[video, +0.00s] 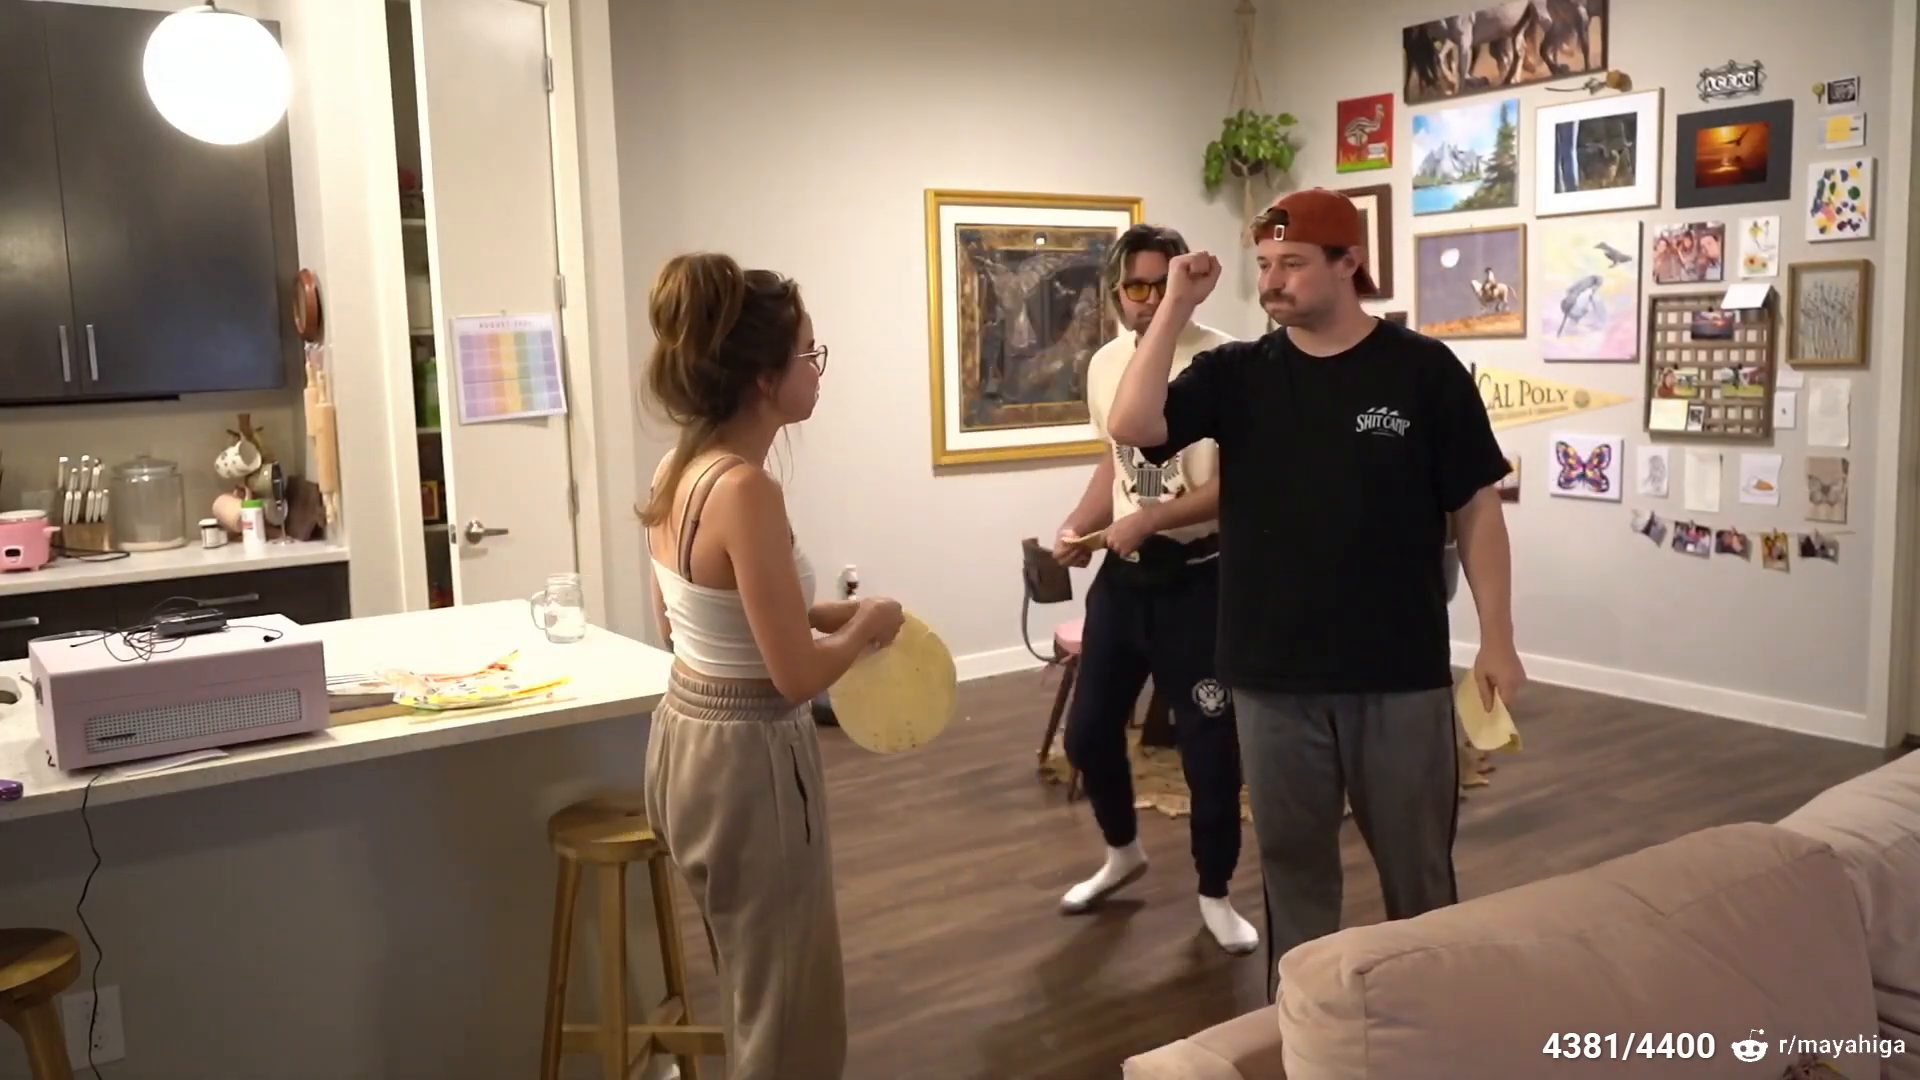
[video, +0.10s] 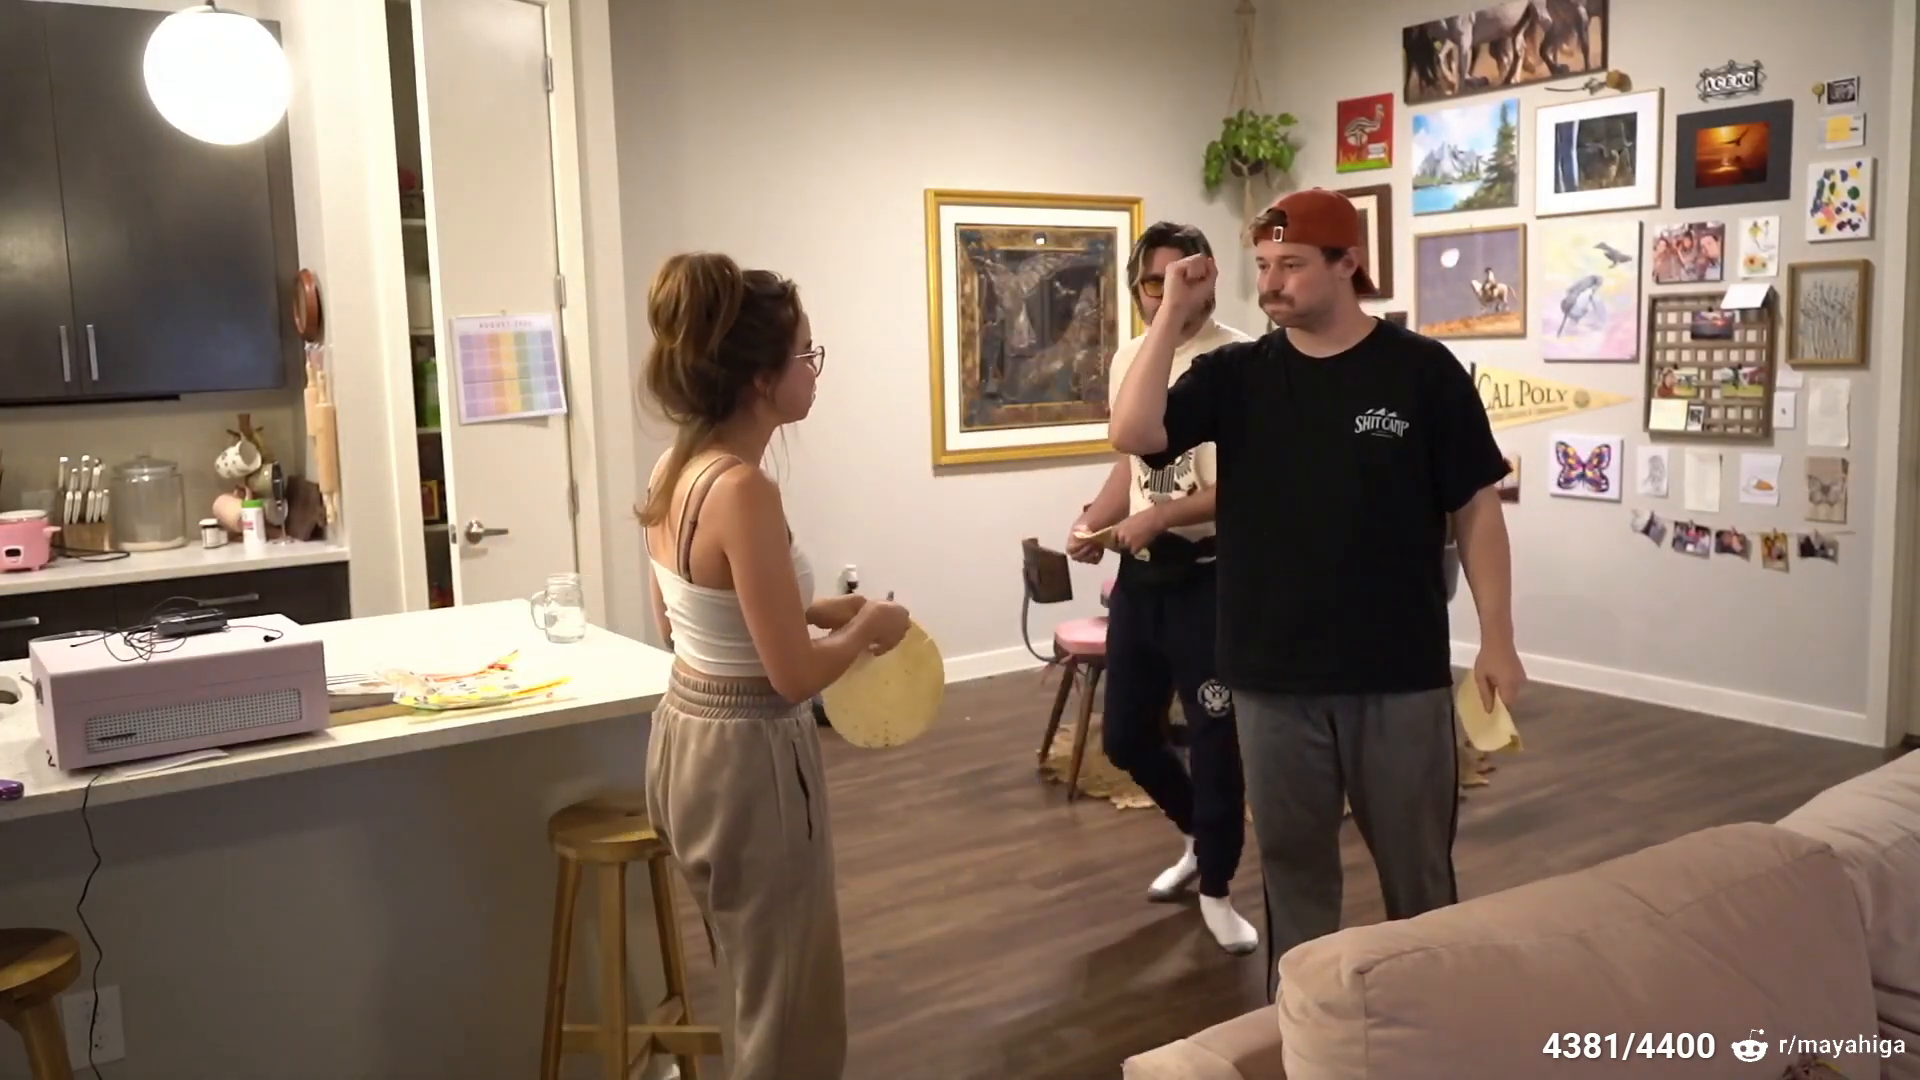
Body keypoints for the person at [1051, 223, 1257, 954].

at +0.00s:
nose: (1144, 300)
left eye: (1158, 287)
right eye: (1133, 287)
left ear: (1184, 291)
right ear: (1116, 291)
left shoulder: (1218, 363)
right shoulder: (1105, 364)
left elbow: (1234, 485)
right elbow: (1114, 462)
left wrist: (1150, 519)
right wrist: (1077, 524)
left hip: (1200, 577)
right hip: (1125, 574)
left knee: (1210, 748)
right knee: (1090, 733)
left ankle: (1215, 896)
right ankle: (1123, 852)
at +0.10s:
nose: (1165, 296)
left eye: (1180, 281)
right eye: (1152, 284)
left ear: (1208, 282)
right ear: (1139, 291)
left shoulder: (1241, 360)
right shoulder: (1132, 359)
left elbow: (1249, 485)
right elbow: (1131, 462)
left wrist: (1163, 515)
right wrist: (1098, 516)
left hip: (1212, 572)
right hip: (1141, 570)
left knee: (1215, 741)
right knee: (1129, 737)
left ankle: (1216, 891)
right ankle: (1203, 830)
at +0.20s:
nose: (1174, 287)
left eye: (1188, 276)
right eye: (1165, 275)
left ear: (1216, 285)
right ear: (1152, 287)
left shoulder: (1250, 361)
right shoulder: (1149, 362)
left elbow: (1257, 482)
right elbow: (1139, 468)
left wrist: (1171, 514)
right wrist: (1107, 517)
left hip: (1226, 570)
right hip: (1160, 566)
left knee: (1220, 741)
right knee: (1165, 734)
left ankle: (1216, 889)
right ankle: (1249, 826)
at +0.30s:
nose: (1189, 295)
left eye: (1203, 283)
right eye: (1177, 283)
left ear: (1230, 288)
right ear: (1162, 291)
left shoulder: (1260, 367)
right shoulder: (1158, 372)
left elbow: (1265, 487)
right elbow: (1145, 479)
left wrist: (1175, 514)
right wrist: (1114, 520)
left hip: (1243, 565)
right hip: (1178, 562)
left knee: (1222, 728)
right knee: (1205, 719)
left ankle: (1216, 884)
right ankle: (1267, 848)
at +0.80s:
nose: (1189, 301)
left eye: (1200, 288)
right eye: (1177, 294)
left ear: (1233, 287)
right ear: (1170, 302)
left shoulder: (1269, 364)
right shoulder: (1193, 377)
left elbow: (1272, 474)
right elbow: (1190, 473)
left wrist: (1187, 517)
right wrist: (1178, 512)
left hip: (1260, 578)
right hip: (1206, 576)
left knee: (1244, 735)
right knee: (1219, 736)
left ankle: (1252, 878)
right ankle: (1241, 875)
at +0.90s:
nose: (1182, 301)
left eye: (1193, 287)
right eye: (1173, 292)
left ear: (1228, 287)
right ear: (1169, 300)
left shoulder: (1267, 364)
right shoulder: (1197, 375)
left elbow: (1267, 469)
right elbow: (1191, 468)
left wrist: (1197, 520)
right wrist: (1173, 522)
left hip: (1257, 576)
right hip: (1205, 575)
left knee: (1236, 734)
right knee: (1217, 734)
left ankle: (1251, 877)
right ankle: (1242, 876)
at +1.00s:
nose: (1178, 302)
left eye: (1189, 288)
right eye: (1170, 293)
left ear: (1226, 287)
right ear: (1168, 301)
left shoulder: (1262, 365)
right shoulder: (1198, 375)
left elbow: (1255, 480)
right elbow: (1187, 475)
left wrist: (1189, 549)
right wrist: (1159, 545)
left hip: (1250, 575)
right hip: (1203, 574)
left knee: (1225, 737)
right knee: (1221, 731)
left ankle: (1237, 881)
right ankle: (1255, 866)